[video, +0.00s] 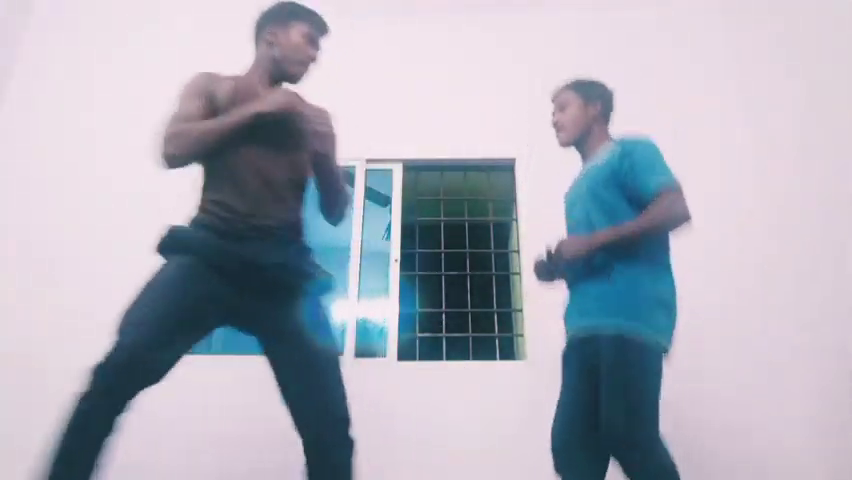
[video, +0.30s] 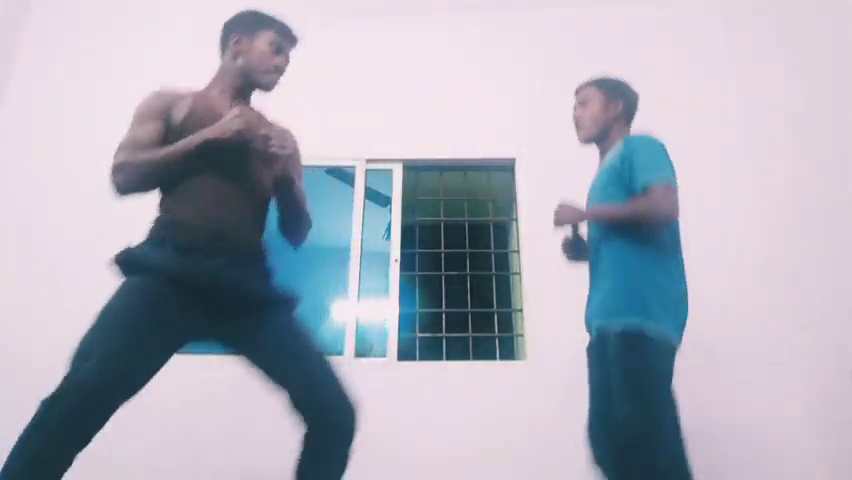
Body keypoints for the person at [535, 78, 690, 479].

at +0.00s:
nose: (554, 118)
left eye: (562, 108)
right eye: (553, 111)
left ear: (593, 110)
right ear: (584, 114)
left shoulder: (633, 151)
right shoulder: (578, 188)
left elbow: (674, 207)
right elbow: (599, 261)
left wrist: (592, 241)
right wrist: (561, 266)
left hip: (632, 325)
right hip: (585, 329)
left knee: (631, 438)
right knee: (573, 447)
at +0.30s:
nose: (575, 113)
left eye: (583, 104)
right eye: (575, 106)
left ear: (616, 108)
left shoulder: (642, 147)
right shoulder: (606, 173)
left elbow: (664, 204)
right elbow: (632, 244)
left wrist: (587, 214)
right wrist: (587, 250)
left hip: (641, 313)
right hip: (609, 318)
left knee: (640, 433)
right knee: (608, 433)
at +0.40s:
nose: (580, 111)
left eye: (588, 101)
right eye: (579, 104)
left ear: (620, 104)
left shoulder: (643, 138)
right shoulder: (613, 167)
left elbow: (664, 192)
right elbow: (639, 246)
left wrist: (591, 211)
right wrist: (594, 250)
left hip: (647, 297)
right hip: (624, 303)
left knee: (652, 424)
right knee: (639, 427)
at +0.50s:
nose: (584, 130)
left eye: (593, 120)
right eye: (585, 123)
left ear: (623, 123)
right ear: (614, 126)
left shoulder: (647, 160)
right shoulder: (619, 183)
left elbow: (673, 214)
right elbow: (644, 267)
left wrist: (595, 238)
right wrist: (602, 278)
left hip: (655, 309)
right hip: (632, 314)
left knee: (656, 423)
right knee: (645, 423)